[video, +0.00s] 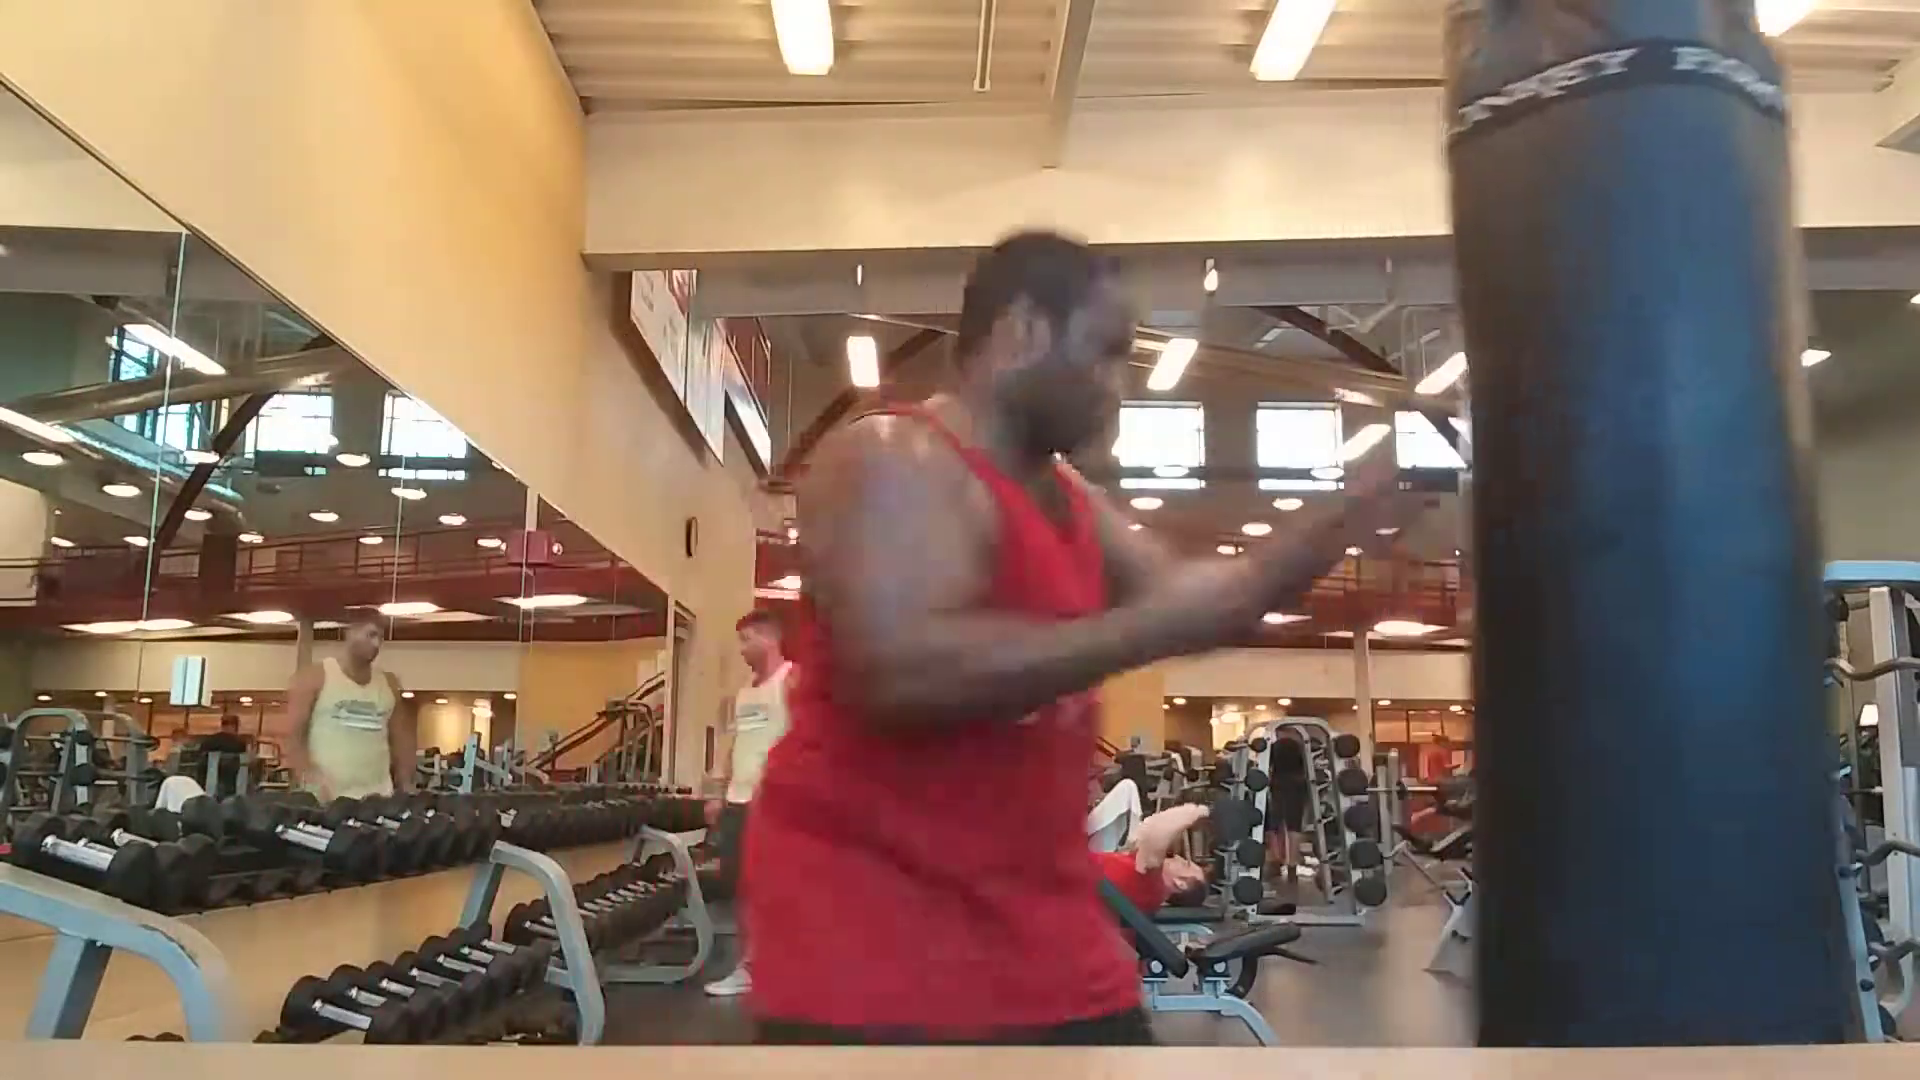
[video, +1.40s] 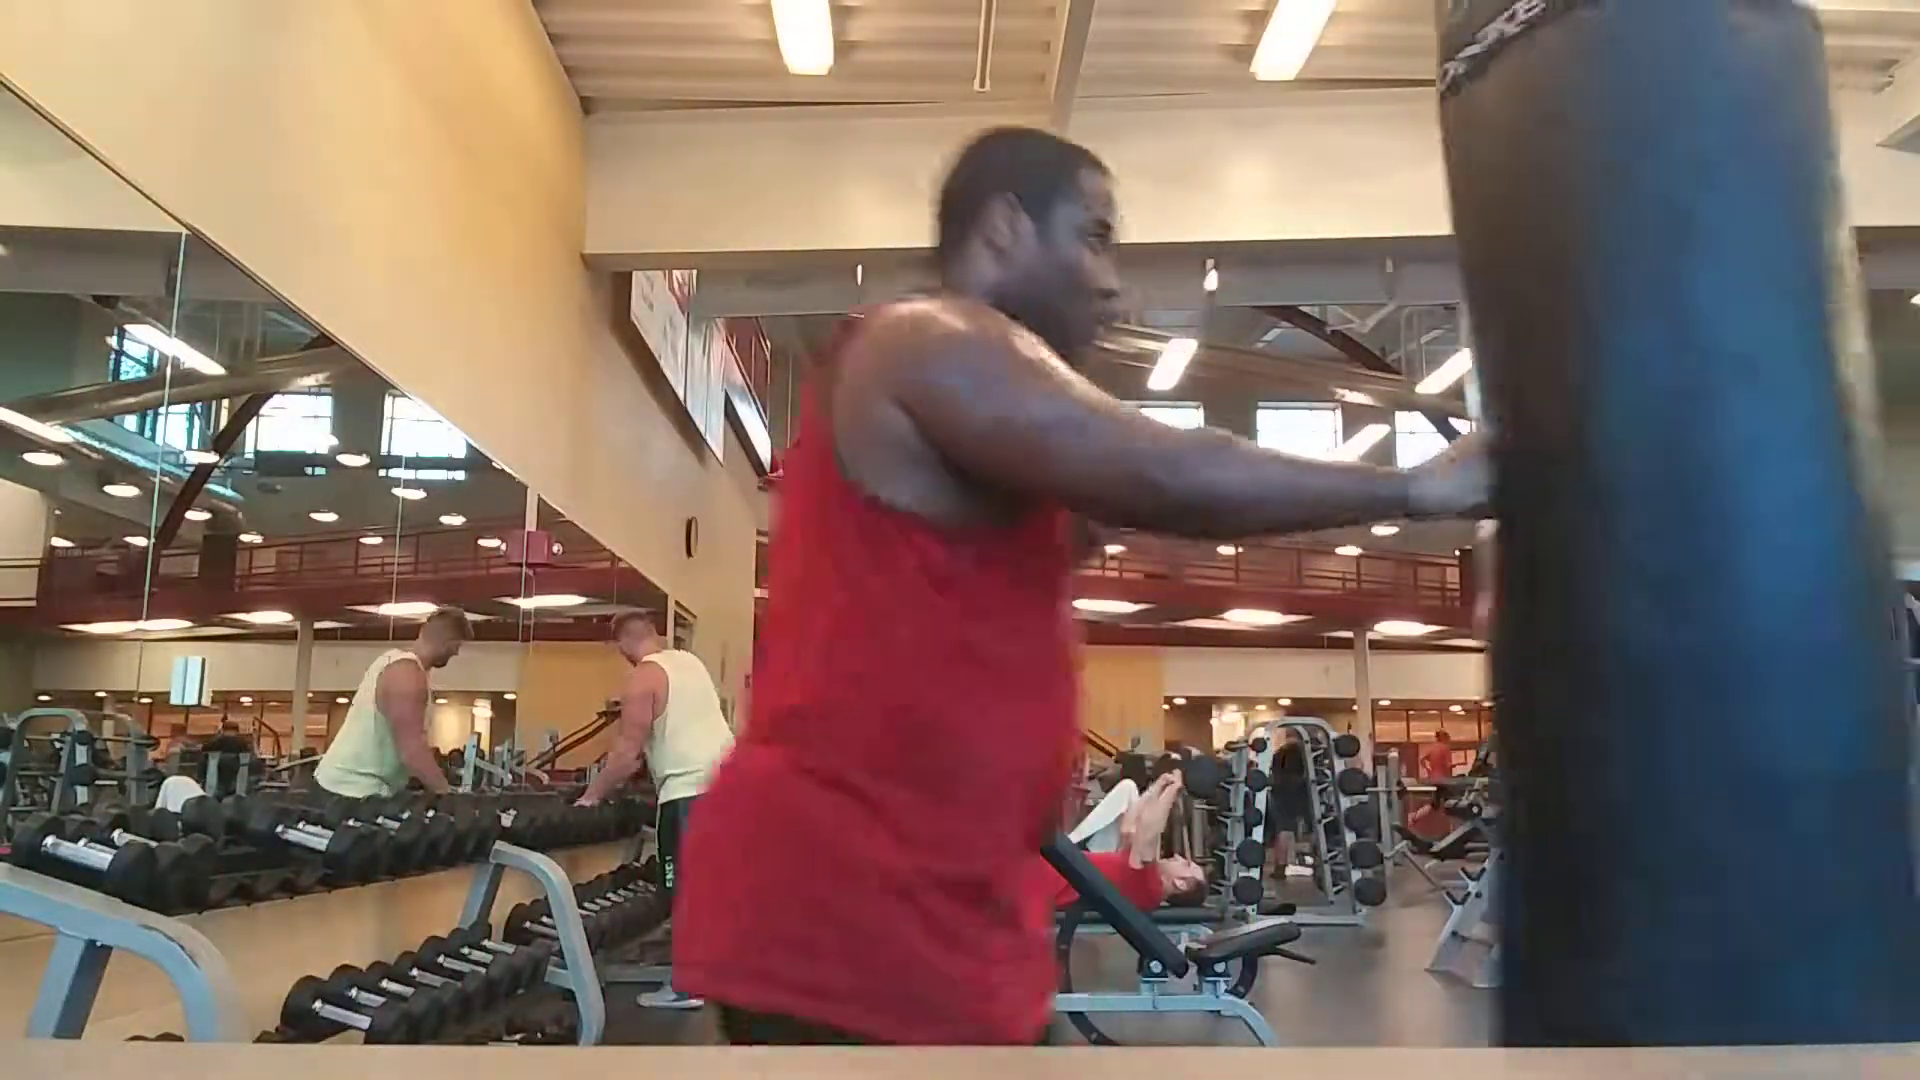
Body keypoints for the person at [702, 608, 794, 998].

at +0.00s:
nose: (742, 648)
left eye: (749, 639)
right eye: (740, 640)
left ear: (772, 639)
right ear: (746, 644)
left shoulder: (792, 679)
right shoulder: (745, 692)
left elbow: (802, 736)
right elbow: (734, 747)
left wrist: (786, 789)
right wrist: (721, 794)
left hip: (775, 798)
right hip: (740, 798)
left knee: (766, 879)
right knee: (741, 882)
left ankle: (755, 964)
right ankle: (747, 962)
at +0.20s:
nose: (712, 646)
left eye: (716, 637)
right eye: (710, 639)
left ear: (738, 634)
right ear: (723, 640)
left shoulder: (765, 675)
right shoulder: (728, 684)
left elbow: (772, 735)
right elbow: (711, 742)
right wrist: (679, 778)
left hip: (754, 790)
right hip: (731, 790)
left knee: (718, 872)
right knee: (748, 880)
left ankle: (731, 964)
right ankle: (751, 962)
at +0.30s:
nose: (694, 648)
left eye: (698, 639)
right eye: (693, 641)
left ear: (718, 636)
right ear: (713, 639)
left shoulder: (747, 675)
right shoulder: (720, 684)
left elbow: (743, 737)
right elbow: (709, 742)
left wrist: (688, 766)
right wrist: (674, 765)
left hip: (739, 791)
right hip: (727, 790)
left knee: (704, 880)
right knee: (745, 883)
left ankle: (693, 970)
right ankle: (753, 967)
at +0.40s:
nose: (677, 649)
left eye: (681, 640)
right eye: (676, 642)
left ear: (701, 637)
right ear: (704, 638)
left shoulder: (722, 678)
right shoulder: (729, 678)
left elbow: (709, 742)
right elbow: (711, 744)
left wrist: (653, 766)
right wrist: (666, 764)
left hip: (721, 795)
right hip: (740, 796)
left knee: (697, 884)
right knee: (740, 883)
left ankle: (685, 980)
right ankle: (752, 969)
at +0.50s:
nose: (659, 651)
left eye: (661, 642)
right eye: (657, 643)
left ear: (679, 636)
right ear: (687, 636)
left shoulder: (699, 671)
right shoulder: (711, 671)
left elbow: (679, 741)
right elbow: (689, 741)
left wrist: (619, 775)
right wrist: (640, 767)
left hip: (714, 794)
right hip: (732, 793)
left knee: (696, 887)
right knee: (735, 882)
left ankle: (687, 981)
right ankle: (751, 968)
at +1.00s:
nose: (607, 665)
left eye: (605, 656)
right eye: (603, 658)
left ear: (619, 648)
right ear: (636, 642)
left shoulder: (643, 683)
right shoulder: (670, 669)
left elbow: (632, 756)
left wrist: (598, 796)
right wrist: (615, 776)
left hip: (696, 792)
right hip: (734, 780)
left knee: (689, 891)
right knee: (753, 873)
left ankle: (687, 984)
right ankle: (780, 951)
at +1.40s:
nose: (623, 657)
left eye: (621, 650)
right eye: (621, 650)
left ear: (626, 645)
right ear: (655, 634)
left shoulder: (645, 676)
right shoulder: (691, 662)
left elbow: (628, 751)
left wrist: (593, 794)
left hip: (686, 794)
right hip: (726, 787)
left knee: (683, 892)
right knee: (717, 885)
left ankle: (685, 984)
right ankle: (723, 974)